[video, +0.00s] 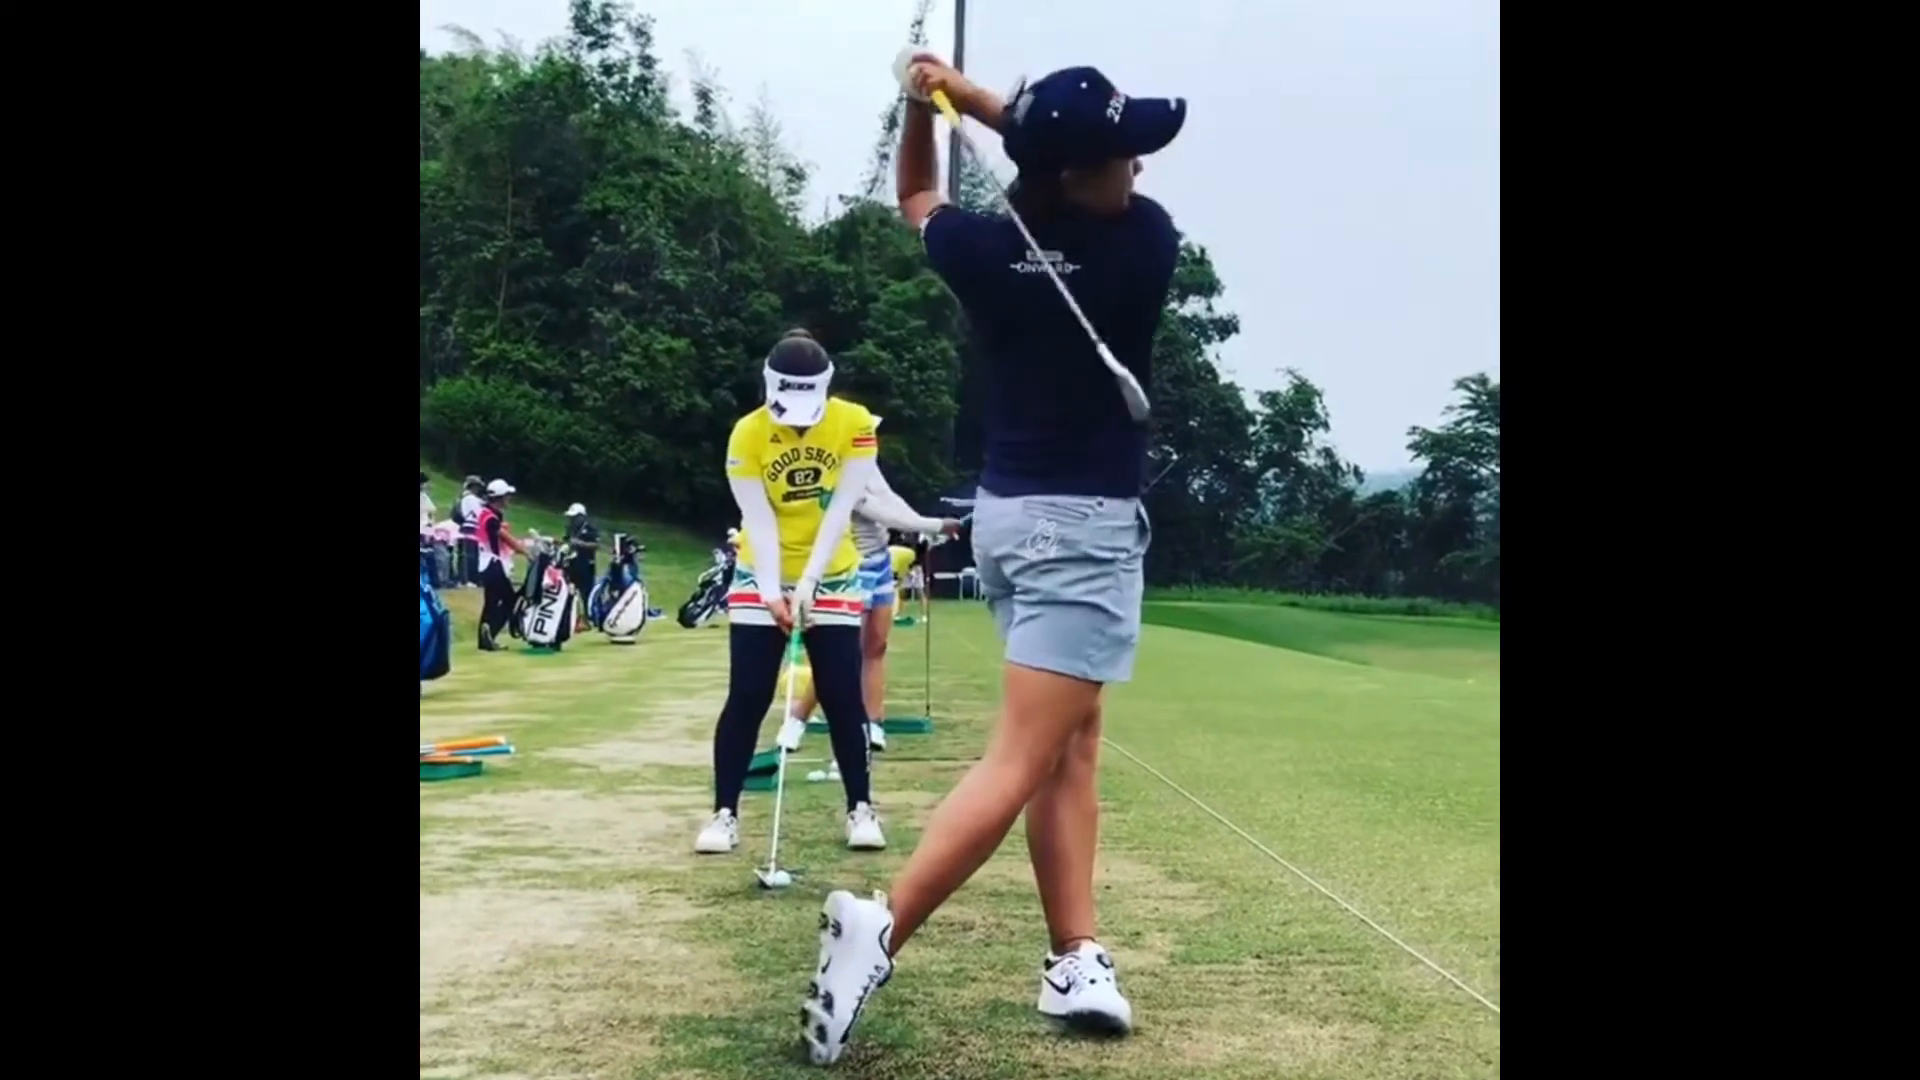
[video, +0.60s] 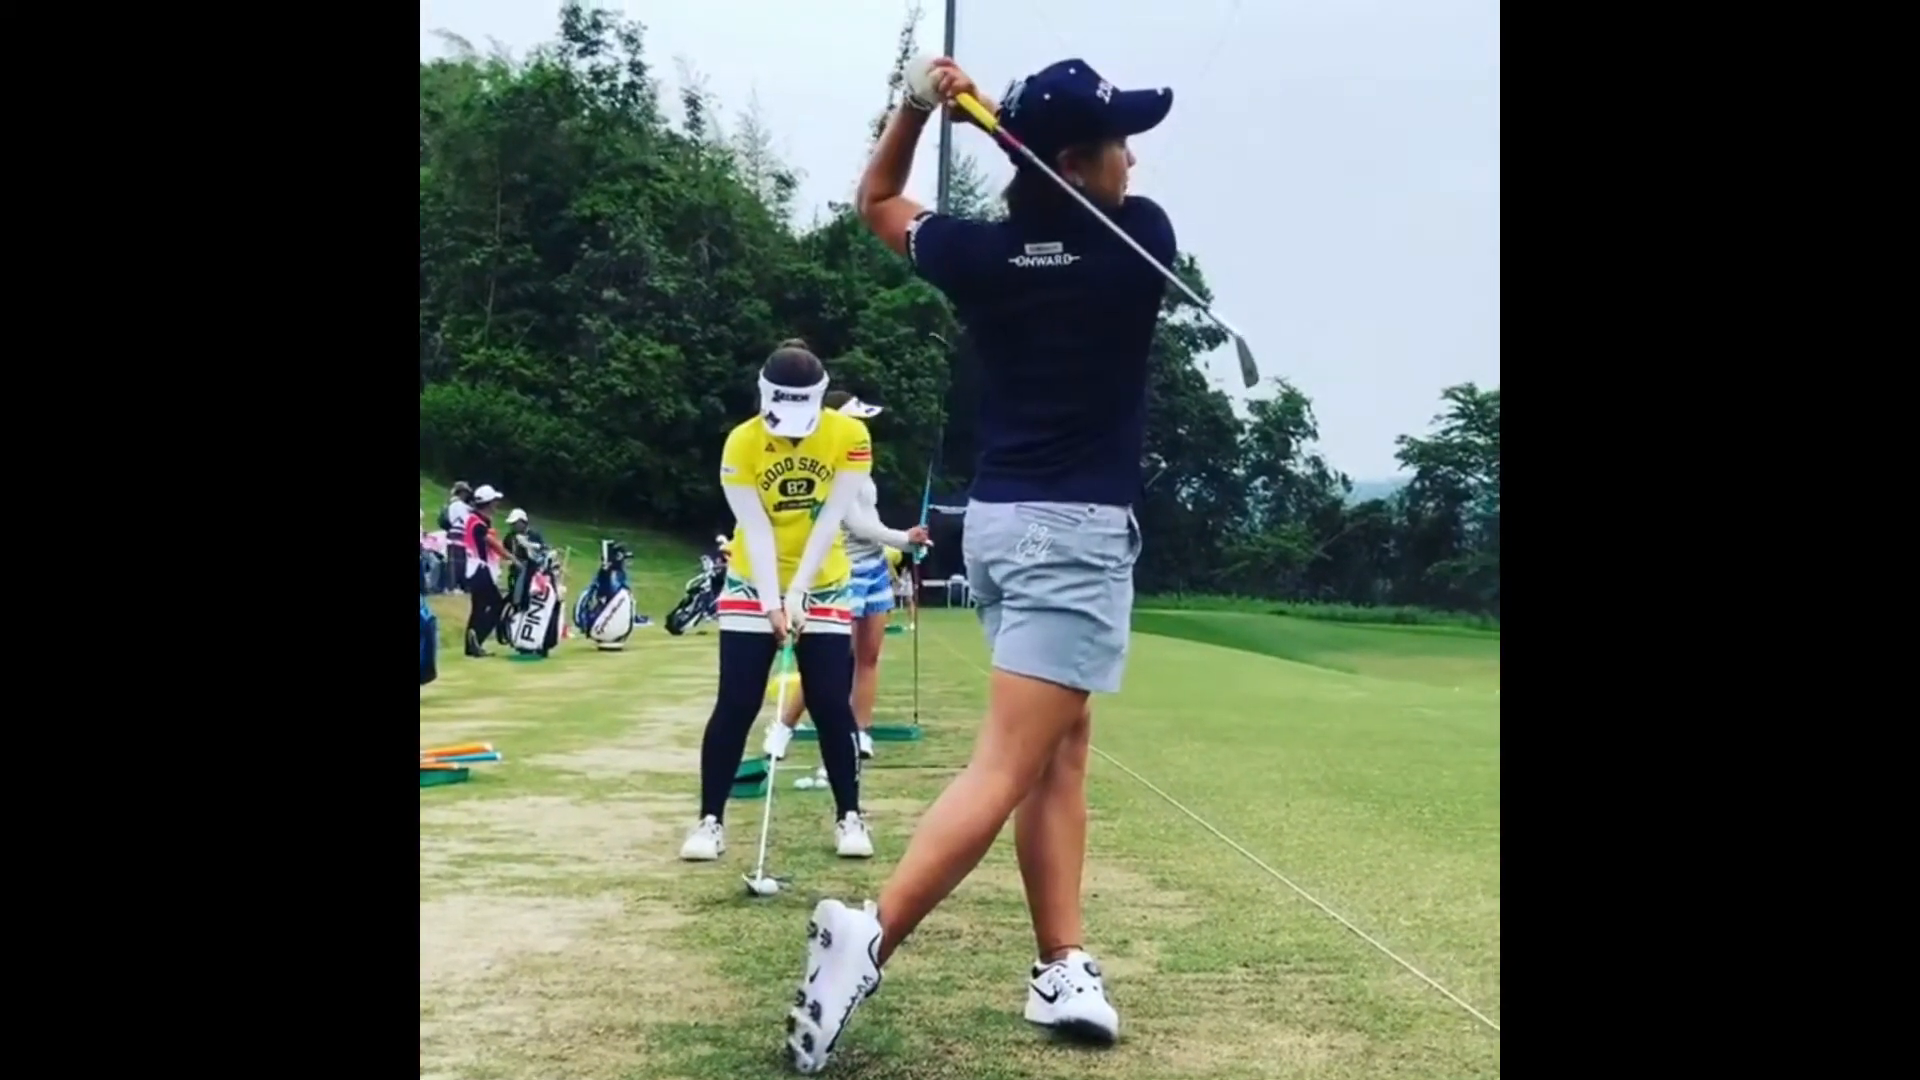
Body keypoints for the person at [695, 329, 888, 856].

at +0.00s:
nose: (795, 414)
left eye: (806, 403)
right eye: (785, 402)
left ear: (826, 387)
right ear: (770, 387)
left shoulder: (856, 424)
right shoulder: (747, 437)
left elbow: (844, 505)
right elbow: (758, 522)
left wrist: (808, 579)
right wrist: (769, 587)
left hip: (834, 576)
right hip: (759, 575)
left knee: (841, 696)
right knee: (747, 696)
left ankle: (860, 808)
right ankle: (724, 814)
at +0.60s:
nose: (789, 425)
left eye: (799, 414)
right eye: (779, 413)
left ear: (819, 398)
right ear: (764, 398)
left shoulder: (849, 434)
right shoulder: (741, 445)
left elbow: (833, 516)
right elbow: (755, 530)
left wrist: (797, 588)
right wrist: (770, 599)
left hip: (823, 587)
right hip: (750, 585)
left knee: (830, 703)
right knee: (736, 702)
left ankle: (849, 816)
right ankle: (710, 821)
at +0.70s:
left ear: (885, 348)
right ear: (833, 344)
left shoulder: (897, 400)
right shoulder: (809, 402)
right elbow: (809, 495)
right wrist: (829, 558)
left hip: (875, 567)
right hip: (813, 567)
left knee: (874, 692)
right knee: (816, 681)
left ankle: (868, 784)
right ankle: (811, 786)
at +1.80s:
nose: (822, 407)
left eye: (833, 396)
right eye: (812, 395)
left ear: (852, 380)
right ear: (797, 380)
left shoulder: (885, 419)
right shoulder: (776, 430)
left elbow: (874, 505)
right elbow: (784, 517)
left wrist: (834, 573)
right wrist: (793, 582)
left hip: (861, 573)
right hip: (788, 572)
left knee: (862, 694)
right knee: (770, 690)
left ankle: (873, 806)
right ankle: (741, 808)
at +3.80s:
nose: (829, 404)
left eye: (840, 393)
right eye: (819, 392)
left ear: (860, 377)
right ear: (804, 376)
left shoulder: (893, 418)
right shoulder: (783, 429)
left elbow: (882, 504)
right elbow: (791, 515)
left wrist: (843, 569)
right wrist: (801, 578)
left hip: (868, 571)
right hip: (795, 568)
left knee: (869, 699)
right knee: (777, 688)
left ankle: (881, 813)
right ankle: (749, 806)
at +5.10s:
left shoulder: (898, 409)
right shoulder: (806, 409)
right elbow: (809, 501)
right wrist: (818, 563)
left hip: (884, 547)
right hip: (825, 549)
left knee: (876, 681)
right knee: (805, 667)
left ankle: (871, 786)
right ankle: (789, 786)